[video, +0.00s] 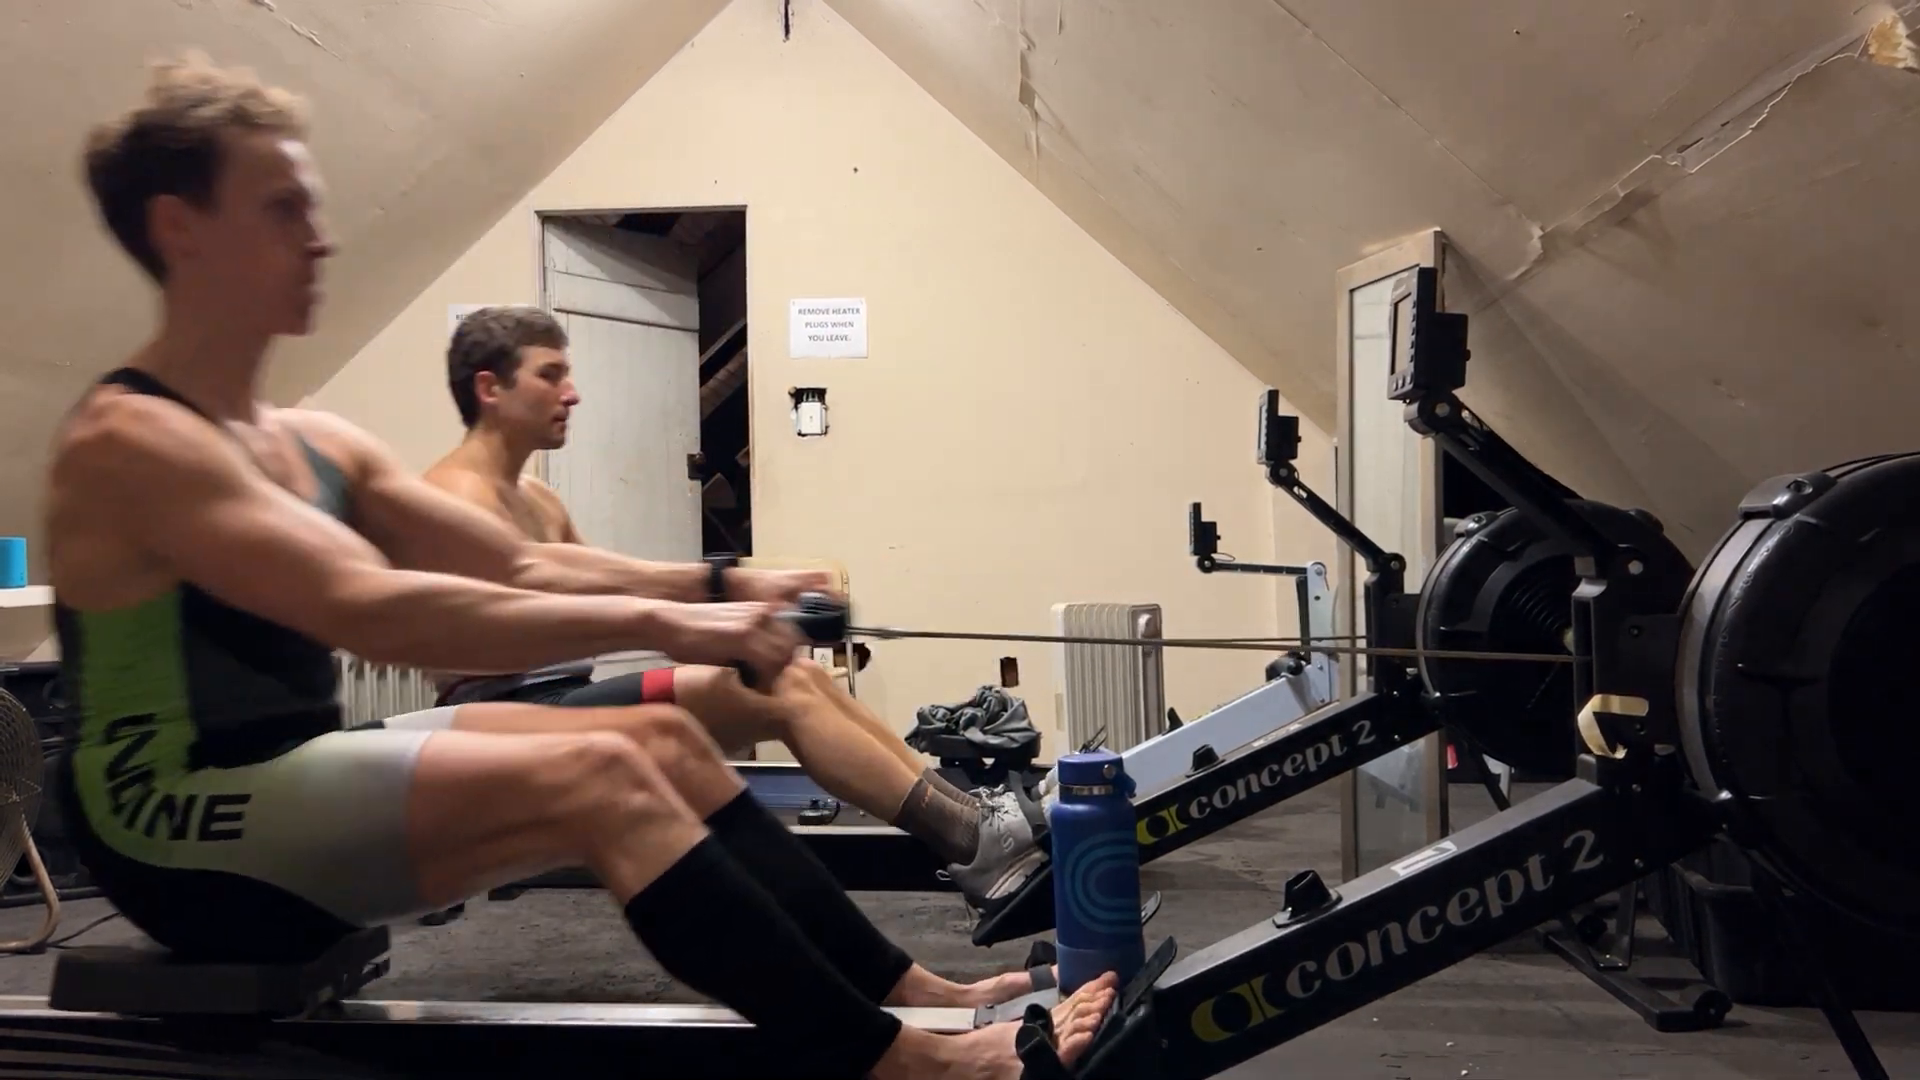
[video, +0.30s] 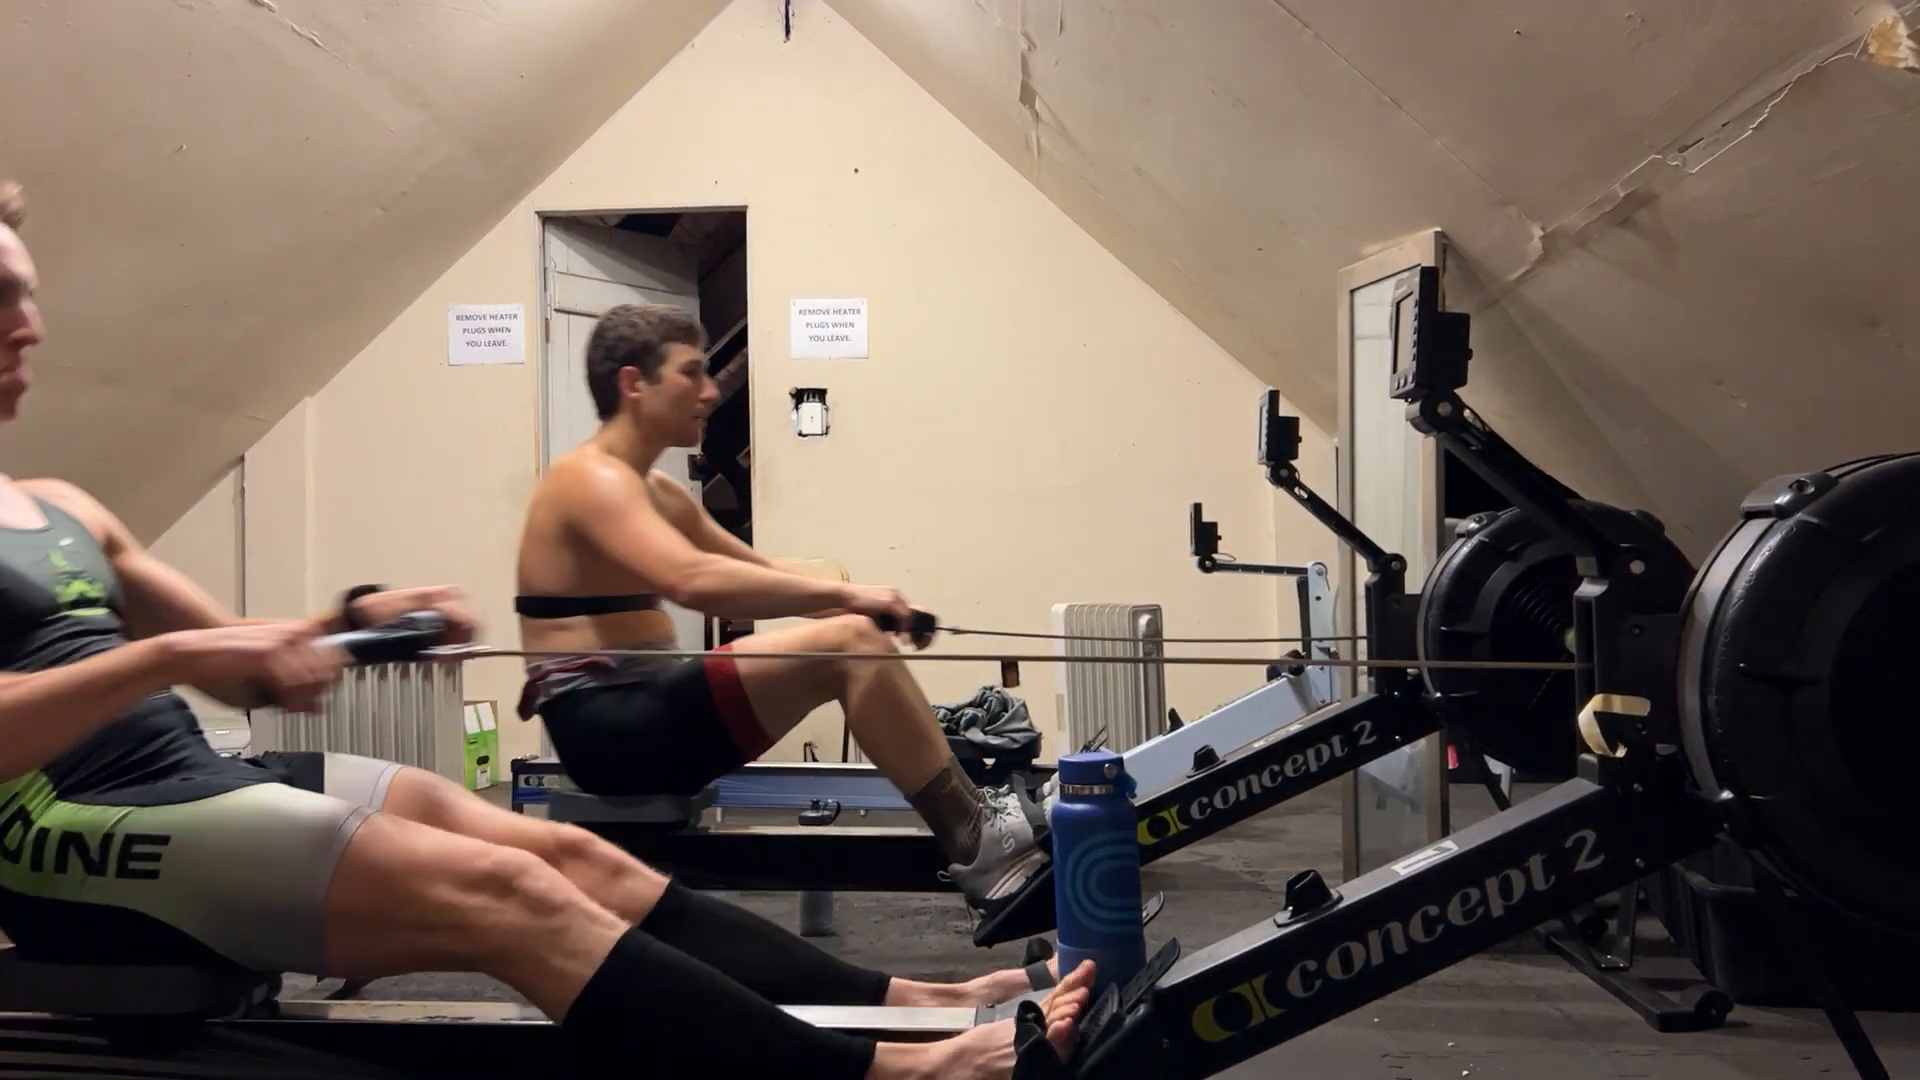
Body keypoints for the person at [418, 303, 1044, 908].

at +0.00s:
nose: (569, 393)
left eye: (566, 376)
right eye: (550, 377)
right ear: (488, 388)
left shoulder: (541, 504)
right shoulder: (456, 495)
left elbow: (619, 590)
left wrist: (746, 594)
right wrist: (719, 604)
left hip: (560, 690)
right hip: (505, 709)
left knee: (802, 671)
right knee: (781, 687)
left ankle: (978, 825)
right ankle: (972, 848)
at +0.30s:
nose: (711, 391)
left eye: (708, 374)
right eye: (691, 373)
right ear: (632, 383)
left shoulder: (663, 493)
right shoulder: (591, 479)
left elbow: (756, 567)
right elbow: (690, 582)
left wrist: (865, 599)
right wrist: (842, 598)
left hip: (645, 708)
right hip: (603, 718)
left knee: (862, 634)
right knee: (850, 645)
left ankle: (980, 836)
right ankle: (975, 849)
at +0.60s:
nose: (861, 395)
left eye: (854, 376)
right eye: (844, 376)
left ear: (792, 390)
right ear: (787, 388)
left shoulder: (793, 486)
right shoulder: (748, 477)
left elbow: (900, 569)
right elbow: (888, 568)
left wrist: (1031, 609)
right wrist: (1035, 600)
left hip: (751, 718)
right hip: (721, 728)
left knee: (938, 616)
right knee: (924, 620)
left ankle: (981, 824)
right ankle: (976, 836)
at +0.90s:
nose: (993, 401)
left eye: (987, 382)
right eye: (976, 383)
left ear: (927, 398)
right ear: (923, 395)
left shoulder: (887, 476)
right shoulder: (896, 481)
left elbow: (1041, 562)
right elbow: (1042, 559)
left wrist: (1180, 606)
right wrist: (1190, 596)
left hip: (806, 722)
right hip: (806, 733)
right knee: (1003, 583)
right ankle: (976, 817)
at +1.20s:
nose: (999, 398)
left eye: (991, 381)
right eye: (982, 382)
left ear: (926, 398)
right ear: (928, 395)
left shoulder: (901, 475)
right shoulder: (911, 481)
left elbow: (1065, 553)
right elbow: (1064, 547)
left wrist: (1199, 585)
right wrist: (1213, 573)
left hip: (826, 726)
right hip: (832, 735)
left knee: (995, 579)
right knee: (1011, 589)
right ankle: (980, 822)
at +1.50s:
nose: (764, 387)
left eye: (755, 369)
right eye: (743, 371)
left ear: (694, 390)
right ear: (686, 388)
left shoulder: (706, 472)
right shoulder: (681, 468)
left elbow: (839, 554)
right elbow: (823, 543)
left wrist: (969, 569)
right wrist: (968, 566)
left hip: (687, 712)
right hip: (665, 724)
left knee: (885, 612)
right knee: (887, 616)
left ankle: (980, 817)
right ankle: (978, 828)